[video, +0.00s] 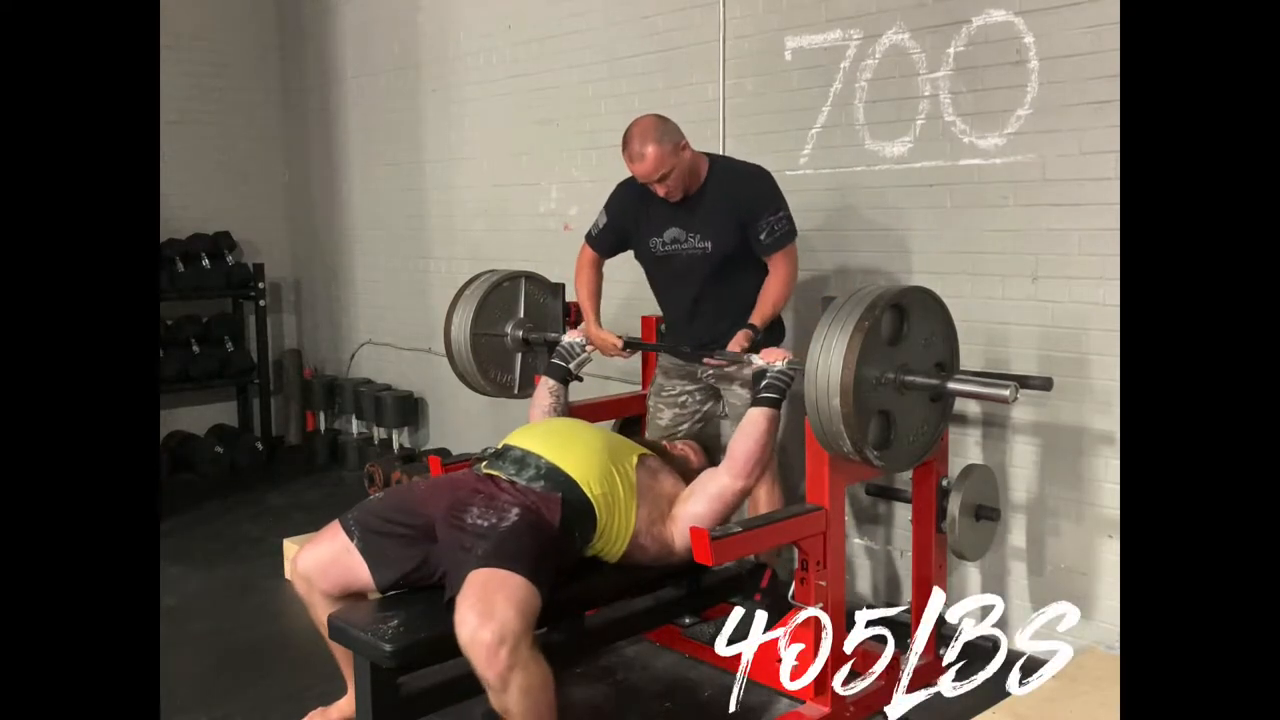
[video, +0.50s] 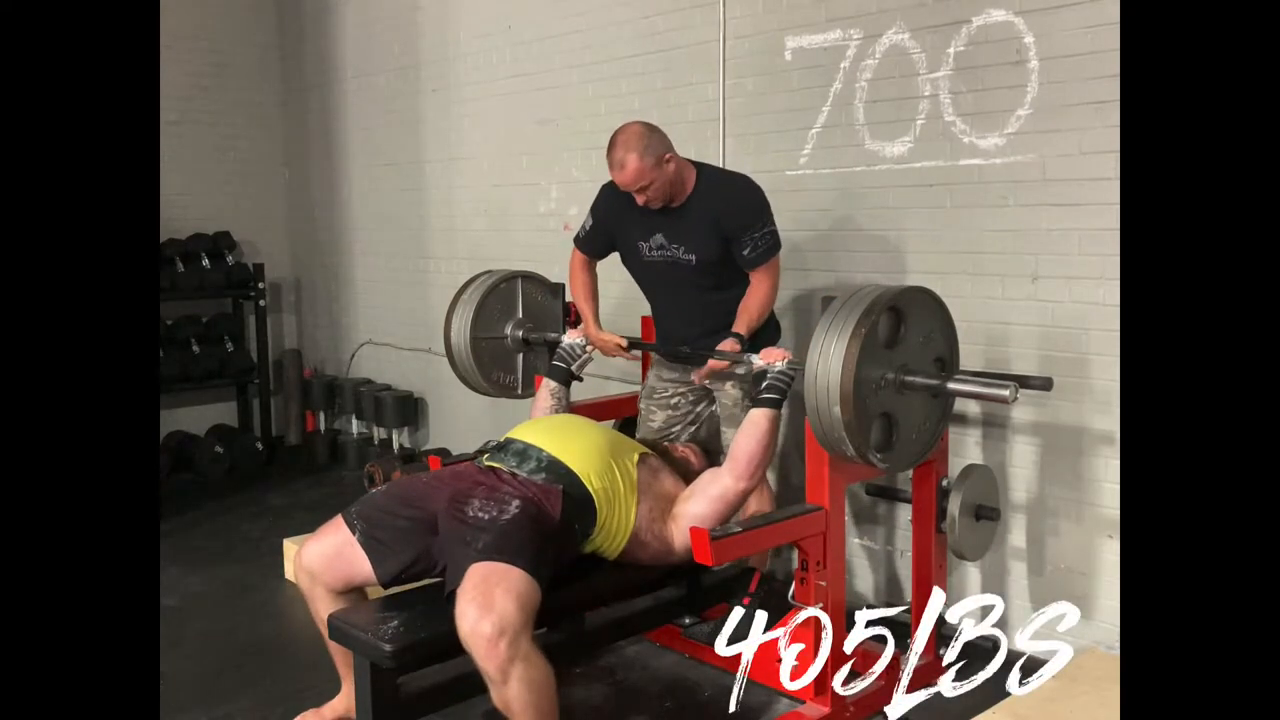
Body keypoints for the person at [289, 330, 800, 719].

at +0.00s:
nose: (682, 442)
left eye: (692, 447)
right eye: (676, 439)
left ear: (702, 475)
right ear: (653, 445)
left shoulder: (677, 513)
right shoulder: (597, 448)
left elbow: (741, 470)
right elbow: (535, 436)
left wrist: (770, 387)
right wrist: (556, 367)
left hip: (529, 506)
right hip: (456, 483)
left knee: (489, 633)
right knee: (308, 564)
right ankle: (358, 694)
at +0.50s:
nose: (684, 445)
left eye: (695, 450)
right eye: (681, 441)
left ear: (702, 475)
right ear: (659, 445)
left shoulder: (677, 513)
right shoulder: (598, 447)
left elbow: (741, 474)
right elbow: (535, 434)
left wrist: (768, 394)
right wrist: (558, 370)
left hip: (525, 499)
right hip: (455, 477)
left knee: (490, 628)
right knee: (315, 561)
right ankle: (354, 693)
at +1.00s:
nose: (681, 446)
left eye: (692, 451)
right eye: (678, 442)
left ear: (701, 475)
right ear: (657, 446)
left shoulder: (679, 511)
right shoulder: (598, 449)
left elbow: (745, 472)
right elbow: (536, 437)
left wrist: (772, 391)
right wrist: (560, 370)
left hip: (526, 502)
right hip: (454, 481)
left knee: (492, 628)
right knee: (314, 563)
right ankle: (350, 695)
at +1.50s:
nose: (680, 441)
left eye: (691, 448)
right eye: (677, 437)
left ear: (699, 474)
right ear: (655, 445)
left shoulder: (680, 510)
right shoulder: (597, 451)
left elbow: (745, 475)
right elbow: (536, 432)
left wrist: (772, 391)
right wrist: (561, 368)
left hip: (527, 506)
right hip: (458, 483)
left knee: (488, 629)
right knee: (308, 561)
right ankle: (345, 697)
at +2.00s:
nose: (679, 441)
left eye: (690, 448)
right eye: (677, 438)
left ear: (699, 475)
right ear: (655, 443)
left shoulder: (679, 508)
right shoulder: (596, 449)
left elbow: (745, 475)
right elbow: (534, 436)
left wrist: (770, 392)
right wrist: (559, 370)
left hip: (528, 503)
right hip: (457, 481)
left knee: (489, 628)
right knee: (311, 561)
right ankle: (343, 697)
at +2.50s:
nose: (688, 454)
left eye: (695, 458)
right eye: (687, 451)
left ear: (700, 481)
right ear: (666, 453)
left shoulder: (682, 513)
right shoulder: (595, 441)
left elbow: (742, 471)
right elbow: (538, 425)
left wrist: (770, 387)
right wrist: (560, 362)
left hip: (528, 488)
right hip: (460, 467)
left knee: (493, 619)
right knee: (325, 559)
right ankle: (343, 698)